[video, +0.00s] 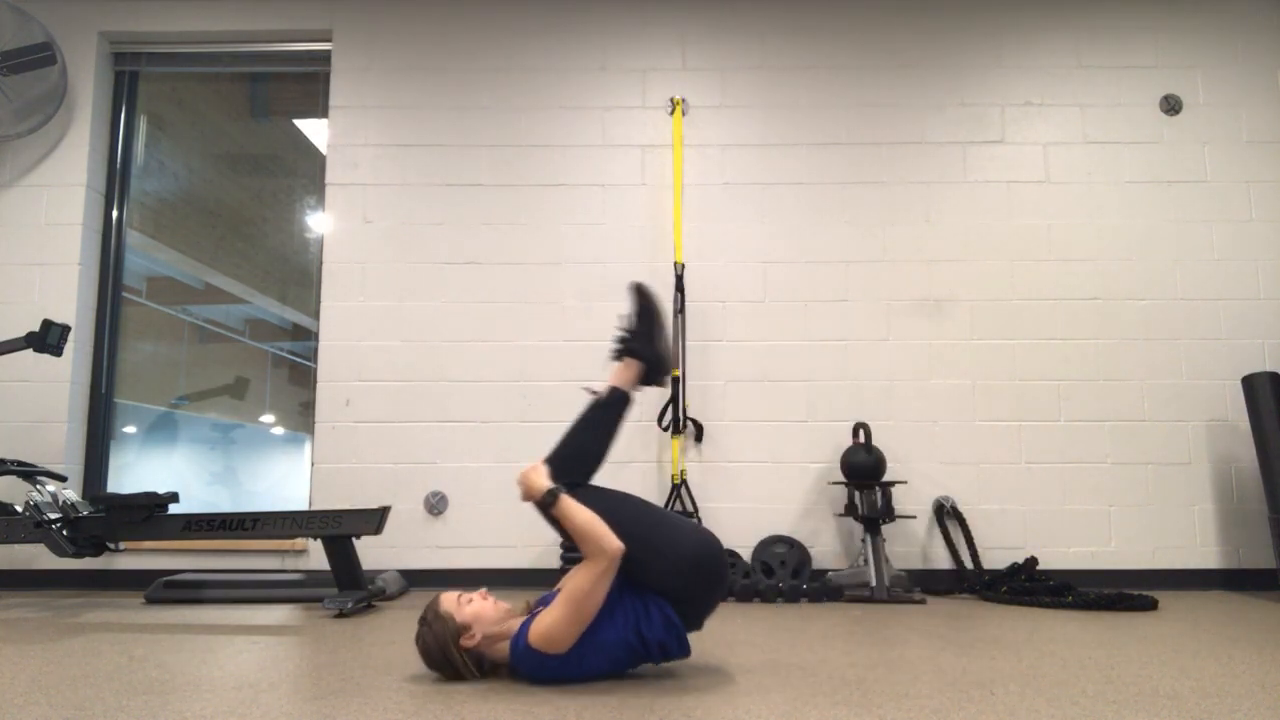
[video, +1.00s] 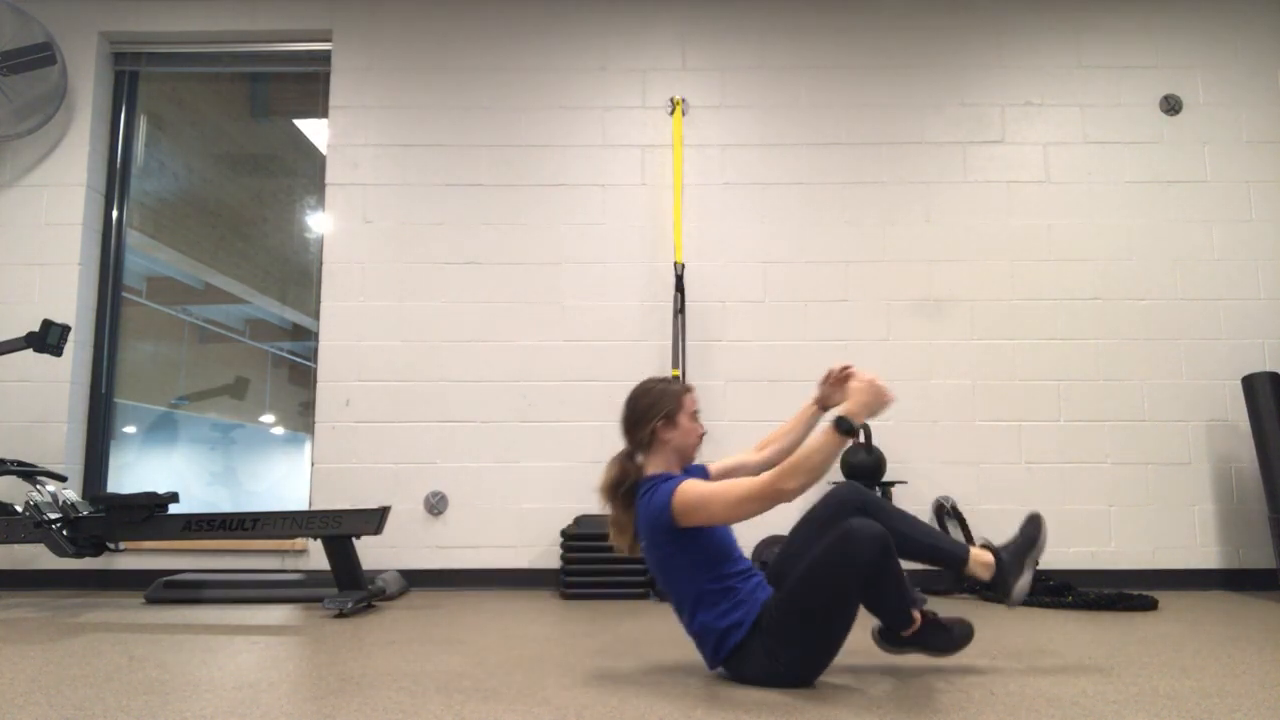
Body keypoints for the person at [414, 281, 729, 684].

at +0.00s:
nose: (480, 593)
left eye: (468, 593)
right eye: (466, 602)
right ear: (470, 638)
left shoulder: (533, 631)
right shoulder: (539, 644)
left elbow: (597, 559)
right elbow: (608, 553)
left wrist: (551, 496)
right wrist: (548, 496)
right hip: (693, 575)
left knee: (555, 489)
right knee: (561, 492)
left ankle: (631, 366)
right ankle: (635, 365)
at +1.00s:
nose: (701, 425)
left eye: (698, 416)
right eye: (693, 416)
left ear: (664, 429)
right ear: (663, 428)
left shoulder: (685, 479)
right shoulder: (667, 500)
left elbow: (765, 456)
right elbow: (782, 486)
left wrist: (819, 402)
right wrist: (850, 417)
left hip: (767, 615)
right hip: (762, 651)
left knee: (847, 497)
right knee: (857, 537)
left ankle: (987, 567)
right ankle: (904, 626)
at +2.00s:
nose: (839, 393)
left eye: (836, 382)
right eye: (831, 382)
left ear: (796, 386)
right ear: (798, 386)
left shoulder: (798, 448)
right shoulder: (797, 457)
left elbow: (880, 495)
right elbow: (901, 508)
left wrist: (953, 491)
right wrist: (1015, 514)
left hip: (827, 610)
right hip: (796, 637)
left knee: (905, 535)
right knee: (938, 661)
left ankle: (1026, 629)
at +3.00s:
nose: (753, 401)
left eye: (749, 389)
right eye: (744, 391)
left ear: (715, 401)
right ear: (714, 402)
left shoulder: (723, 464)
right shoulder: (725, 470)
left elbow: (821, 494)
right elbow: (833, 498)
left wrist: (880, 467)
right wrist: (934, 466)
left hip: (790, 612)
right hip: (779, 644)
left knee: (900, 535)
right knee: (924, 590)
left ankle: (1019, 628)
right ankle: (905, 659)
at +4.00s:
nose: (500, 566)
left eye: (487, 565)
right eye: (484, 573)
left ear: (492, 605)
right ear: (484, 609)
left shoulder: (544, 615)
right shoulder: (546, 638)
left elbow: (644, 598)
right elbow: (652, 610)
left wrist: (578, 572)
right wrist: (578, 575)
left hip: (701, 604)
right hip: (714, 617)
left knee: (637, 461)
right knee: (634, 462)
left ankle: (743, 370)